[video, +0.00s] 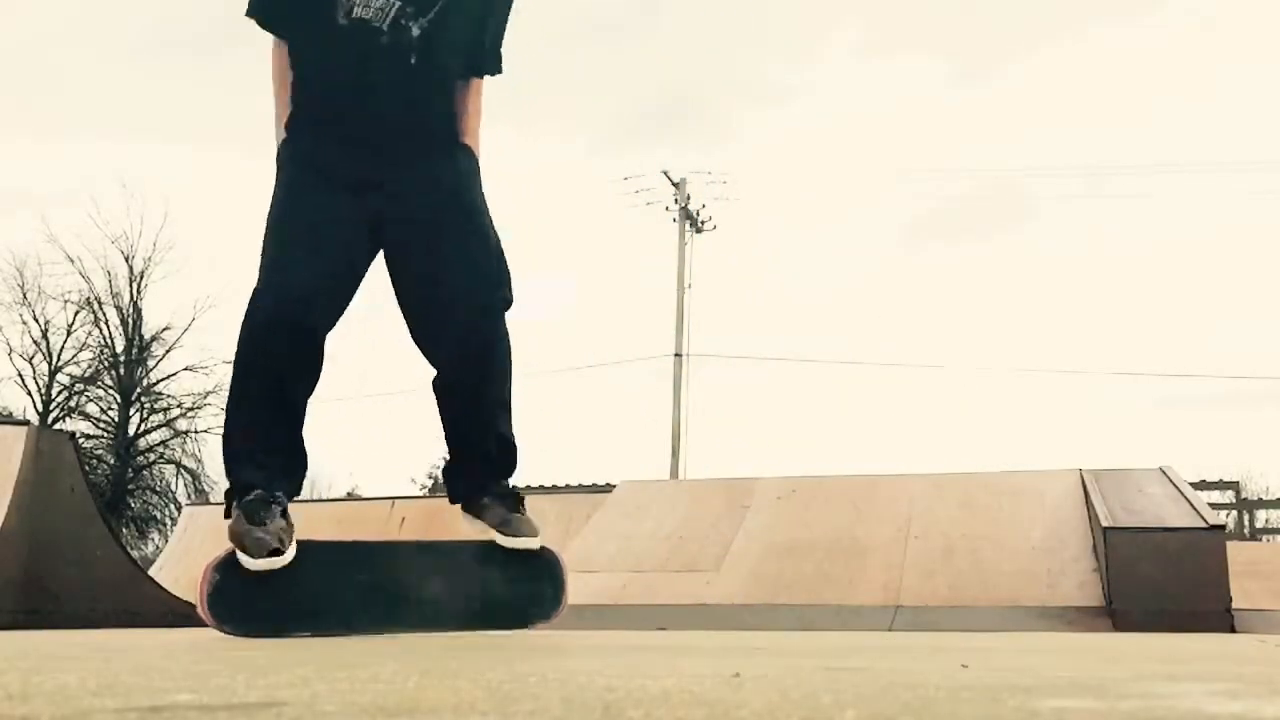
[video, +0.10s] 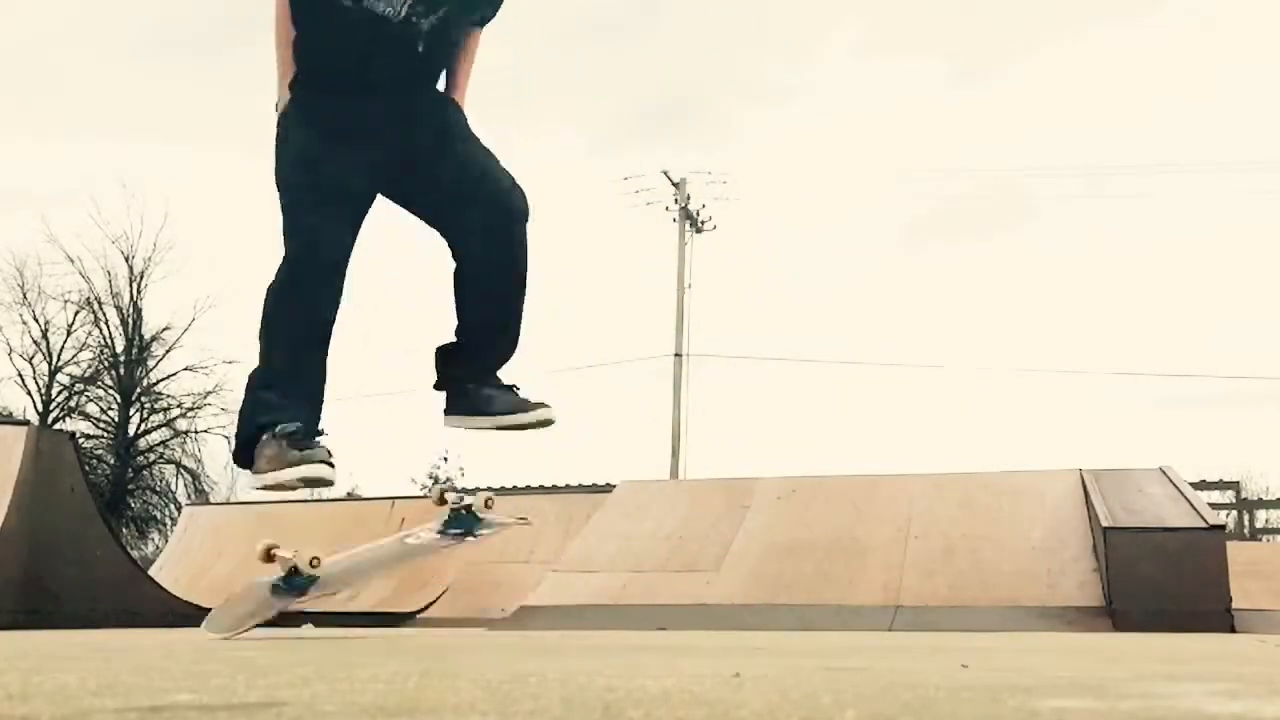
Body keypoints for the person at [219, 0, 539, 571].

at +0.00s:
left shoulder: (480, 6)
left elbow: (469, 75)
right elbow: (287, 51)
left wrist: (466, 175)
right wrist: (292, 154)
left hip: (432, 156)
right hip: (324, 153)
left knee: (473, 314)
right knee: (286, 316)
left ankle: (484, 481)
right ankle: (259, 492)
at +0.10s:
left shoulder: (472, 6)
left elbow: (468, 23)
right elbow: (286, 9)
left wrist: (452, 110)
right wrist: (288, 93)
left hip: (414, 109)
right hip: (325, 106)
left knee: (498, 211)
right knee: (315, 258)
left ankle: (474, 380)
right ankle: (279, 430)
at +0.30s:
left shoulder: (475, 5)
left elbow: (436, 70)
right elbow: (276, 36)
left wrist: (431, 152)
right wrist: (311, 147)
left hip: (414, 149)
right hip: (337, 143)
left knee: (476, 311)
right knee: (359, 299)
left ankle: (366, 461)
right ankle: (290, 504)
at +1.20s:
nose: (582, 62)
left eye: (594, 62)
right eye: (595, 48)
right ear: (583, 4)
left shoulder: (499, 42)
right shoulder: (518, 5)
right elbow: (454, 33)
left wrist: (417, 183)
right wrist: (417, 147)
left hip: (394, 180)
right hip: (367, 154)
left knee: (402, 360)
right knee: (348, 323)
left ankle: (331, 538)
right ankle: (240, 519)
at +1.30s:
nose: (567, 51)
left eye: (578, 52)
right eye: (579, 38)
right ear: (569, 3)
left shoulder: (452, 14)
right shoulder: (530, 6)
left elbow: (370, 81)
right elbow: (490, 47)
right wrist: (473, 156)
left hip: (356, 156)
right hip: (401, 153)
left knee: (369, 338)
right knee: (406, 328)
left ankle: (327, 538)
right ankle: (274, 497)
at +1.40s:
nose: (567, 43)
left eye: (576, 42)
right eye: (579, 31)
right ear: (575, 1)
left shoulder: (432, 15)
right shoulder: (543, 2)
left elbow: (362, 94)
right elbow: (512, 47)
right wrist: (509, 164)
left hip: (362, 154)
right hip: (441, 146)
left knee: (378, 344)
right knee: (472, 331)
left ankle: (304, 530)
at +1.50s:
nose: (583, 34)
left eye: (592, 31)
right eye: (594, 22)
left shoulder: (432, 8)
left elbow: (377, 94)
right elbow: (527, 53)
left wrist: (386, 171)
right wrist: (540, 171)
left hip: (385, 168)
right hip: (473, 163)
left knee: (399, 364)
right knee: (534, 345)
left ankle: (344, 522)